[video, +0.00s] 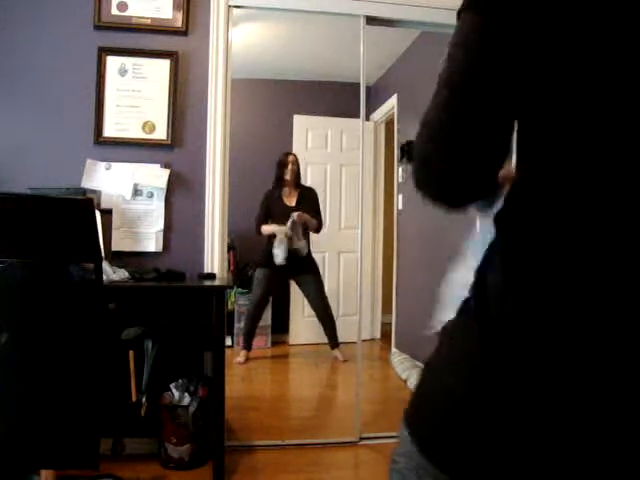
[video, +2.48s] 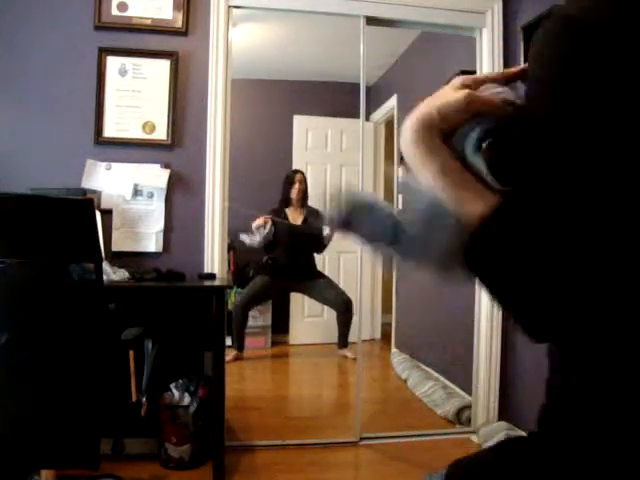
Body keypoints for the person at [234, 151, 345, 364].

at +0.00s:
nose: (291, 167)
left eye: (294, 164)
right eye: (288, 164)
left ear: (299, 168)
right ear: (281, 168)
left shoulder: (308, 194)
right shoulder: (272, 195)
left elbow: (317, 227)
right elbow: (261, 227)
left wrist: (304, 219)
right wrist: (276, 229)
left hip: (300, 255)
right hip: (273, 256)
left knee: (320, 302)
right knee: (257, 301)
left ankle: (335, 346)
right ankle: (245, 348)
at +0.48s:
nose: (305, 165)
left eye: (308, 162)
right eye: (301, 162)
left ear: (312, 168)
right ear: (293, 168)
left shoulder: (320, 196)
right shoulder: (284, 190)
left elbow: (329, 229)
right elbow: (264, 213)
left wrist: (325, 229)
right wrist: (288, 208)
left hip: (315, 256)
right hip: (287, 256)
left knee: (329, 300)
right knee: (265, 299)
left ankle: (337, 347)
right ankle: (245, 348)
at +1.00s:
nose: (301, 167)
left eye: (304, 164)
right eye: (297, 164)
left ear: (309, 169)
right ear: (290, 169)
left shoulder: (317, 197)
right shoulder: (279, 193)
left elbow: (333, 226)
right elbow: (260, 219)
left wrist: (317, 232)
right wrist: (281, 221)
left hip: (305, 257)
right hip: (277, 257)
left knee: (327, 299)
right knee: (262, 300)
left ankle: (337, 347)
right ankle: (243, 348)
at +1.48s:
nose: (295, 175)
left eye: (298, 172)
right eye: (291, 171)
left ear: (302, 176)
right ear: (284, 176)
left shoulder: (311, 203)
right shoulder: (274, 202)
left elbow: (326, 234)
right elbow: (254, 230)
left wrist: (312, 240)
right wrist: (271, 231)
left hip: (301, 263)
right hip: (273, 264)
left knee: (334, 301)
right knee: (247, 302)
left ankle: (338, 348)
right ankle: (240, 350)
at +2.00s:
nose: (305, 184)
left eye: (309, 181)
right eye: (301, 180)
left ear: (313, 185)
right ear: (294, 185)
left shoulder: (320, 213)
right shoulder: (284, 210)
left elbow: (334, 242)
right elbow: (265, 238)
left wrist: (329, 247)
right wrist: (278, 242)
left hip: (309, 272)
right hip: (280, 272)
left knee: (344, 303)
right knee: (245, 300)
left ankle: (342, 347)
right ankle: (238, 350)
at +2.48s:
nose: (298, 187)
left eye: (301, 183)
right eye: (294, 183)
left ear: (306, 188)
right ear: (287, 187)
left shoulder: (314, 216)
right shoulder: (275, 215)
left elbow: (319, 248)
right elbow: (262, 247)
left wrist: (330, 233)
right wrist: (260, 229)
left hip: (306, 275)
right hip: (276, 275)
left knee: (344, 303)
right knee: (241, 304)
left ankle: (343, 347)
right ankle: (238, 350)